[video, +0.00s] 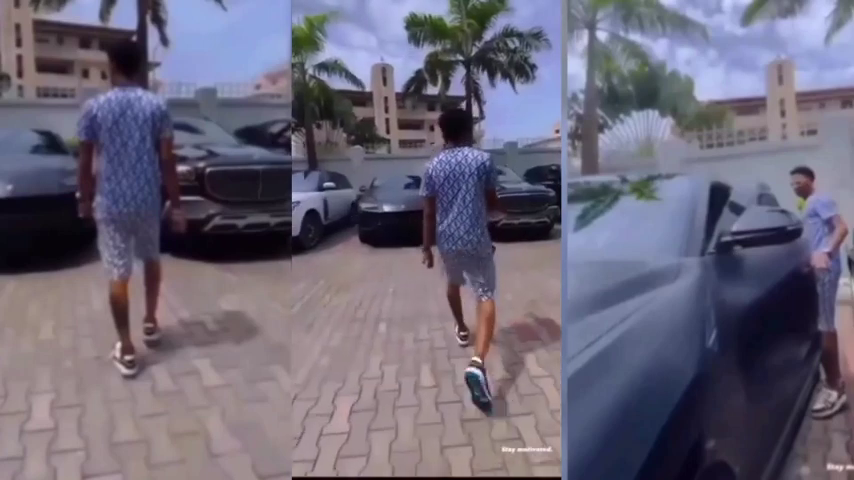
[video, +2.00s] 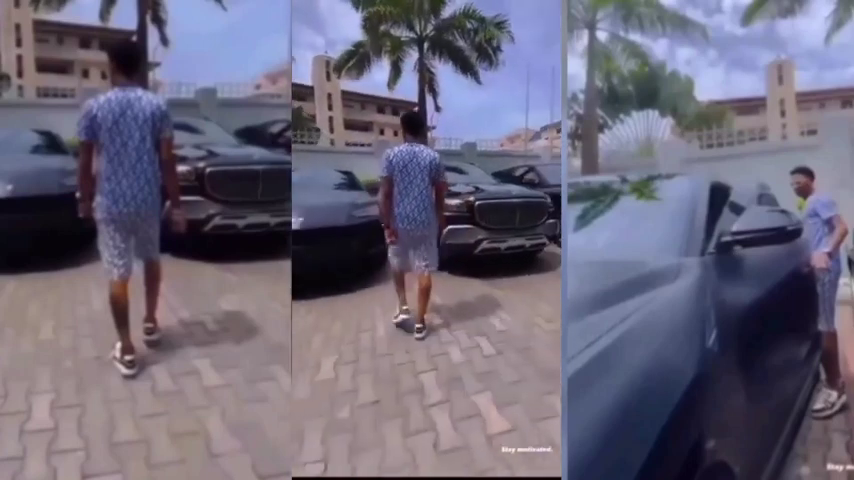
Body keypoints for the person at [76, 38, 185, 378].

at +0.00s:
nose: (112, 71)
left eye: (111, 66)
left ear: (112, 67)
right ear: (142, 67)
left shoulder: (95, 107)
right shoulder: (155, 105)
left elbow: (85, 161)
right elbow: (167, 159)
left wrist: (85, 199)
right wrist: (175, 202)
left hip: (110, 202)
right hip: (147, 201)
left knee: (118, 273)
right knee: (151, 260)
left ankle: (125, 348)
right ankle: (150, 319)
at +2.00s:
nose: (112, 71)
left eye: (111, 66)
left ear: (112, 67)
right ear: (142, 67)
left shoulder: (95, 107)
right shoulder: (155, 105)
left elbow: (85, 161)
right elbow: (167, 159)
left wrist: (85, 199)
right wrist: (175, 202)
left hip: (110, 201)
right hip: (147, 200)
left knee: (118, 273)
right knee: (151, 260)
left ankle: (125, 348)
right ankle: (150, 319)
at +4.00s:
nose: (112, 71)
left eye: (111, 66)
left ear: (112, 67)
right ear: (142, 67)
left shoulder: (95, 107)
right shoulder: (155, 105)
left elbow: (85, 161)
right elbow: (167, 159)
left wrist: (85, 199)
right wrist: (175, 202)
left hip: (110, 201)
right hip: (147, 200)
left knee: (118, 273)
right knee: (151, 260)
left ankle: (125, 348)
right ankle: (150, 319)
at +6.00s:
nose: (110, 72)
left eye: (110, 66)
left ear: (112, 68)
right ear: (142, 67)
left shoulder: (96, 107)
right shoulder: (156, 106)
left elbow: (85, 161)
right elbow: (167, 160)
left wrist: (85, 199)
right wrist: (175, 202)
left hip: (110, 201)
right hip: (147, 200)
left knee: (118, 273)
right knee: (151, 260)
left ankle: (125, 348)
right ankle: (150, 319)